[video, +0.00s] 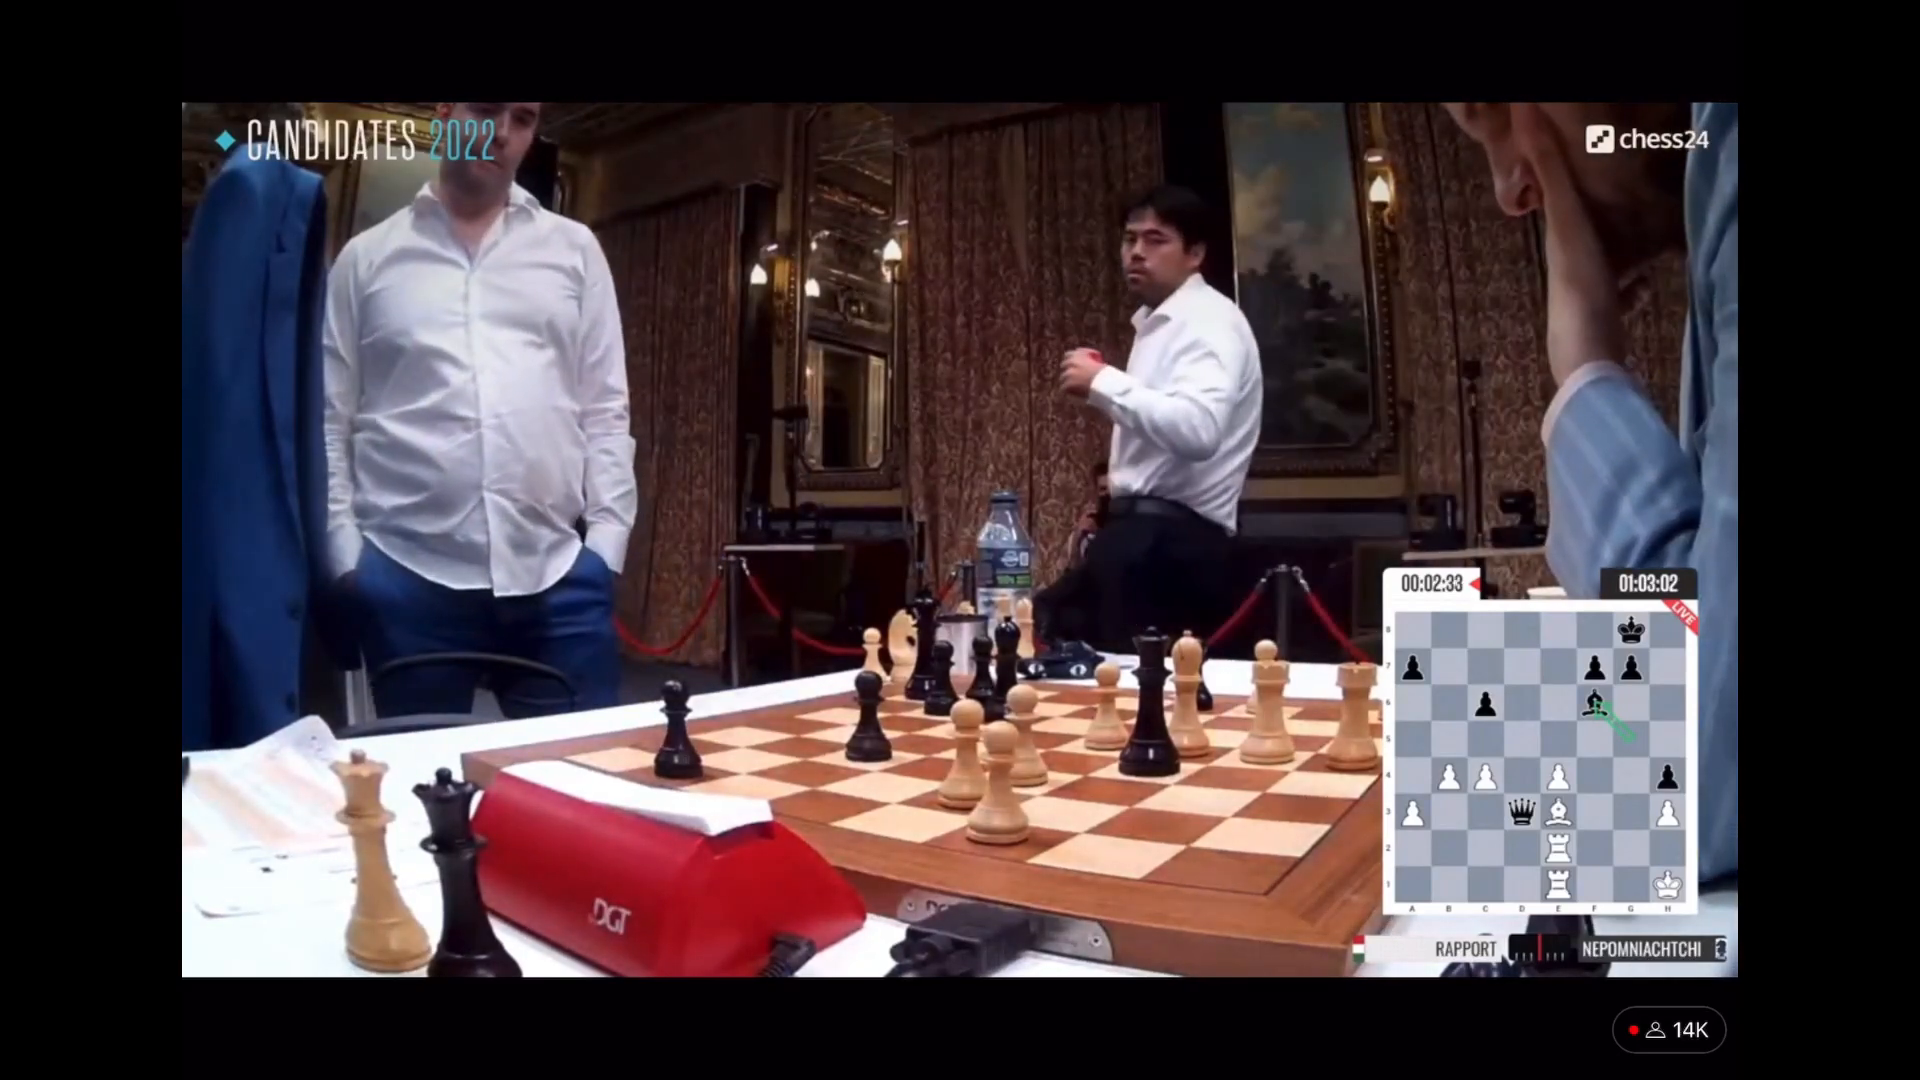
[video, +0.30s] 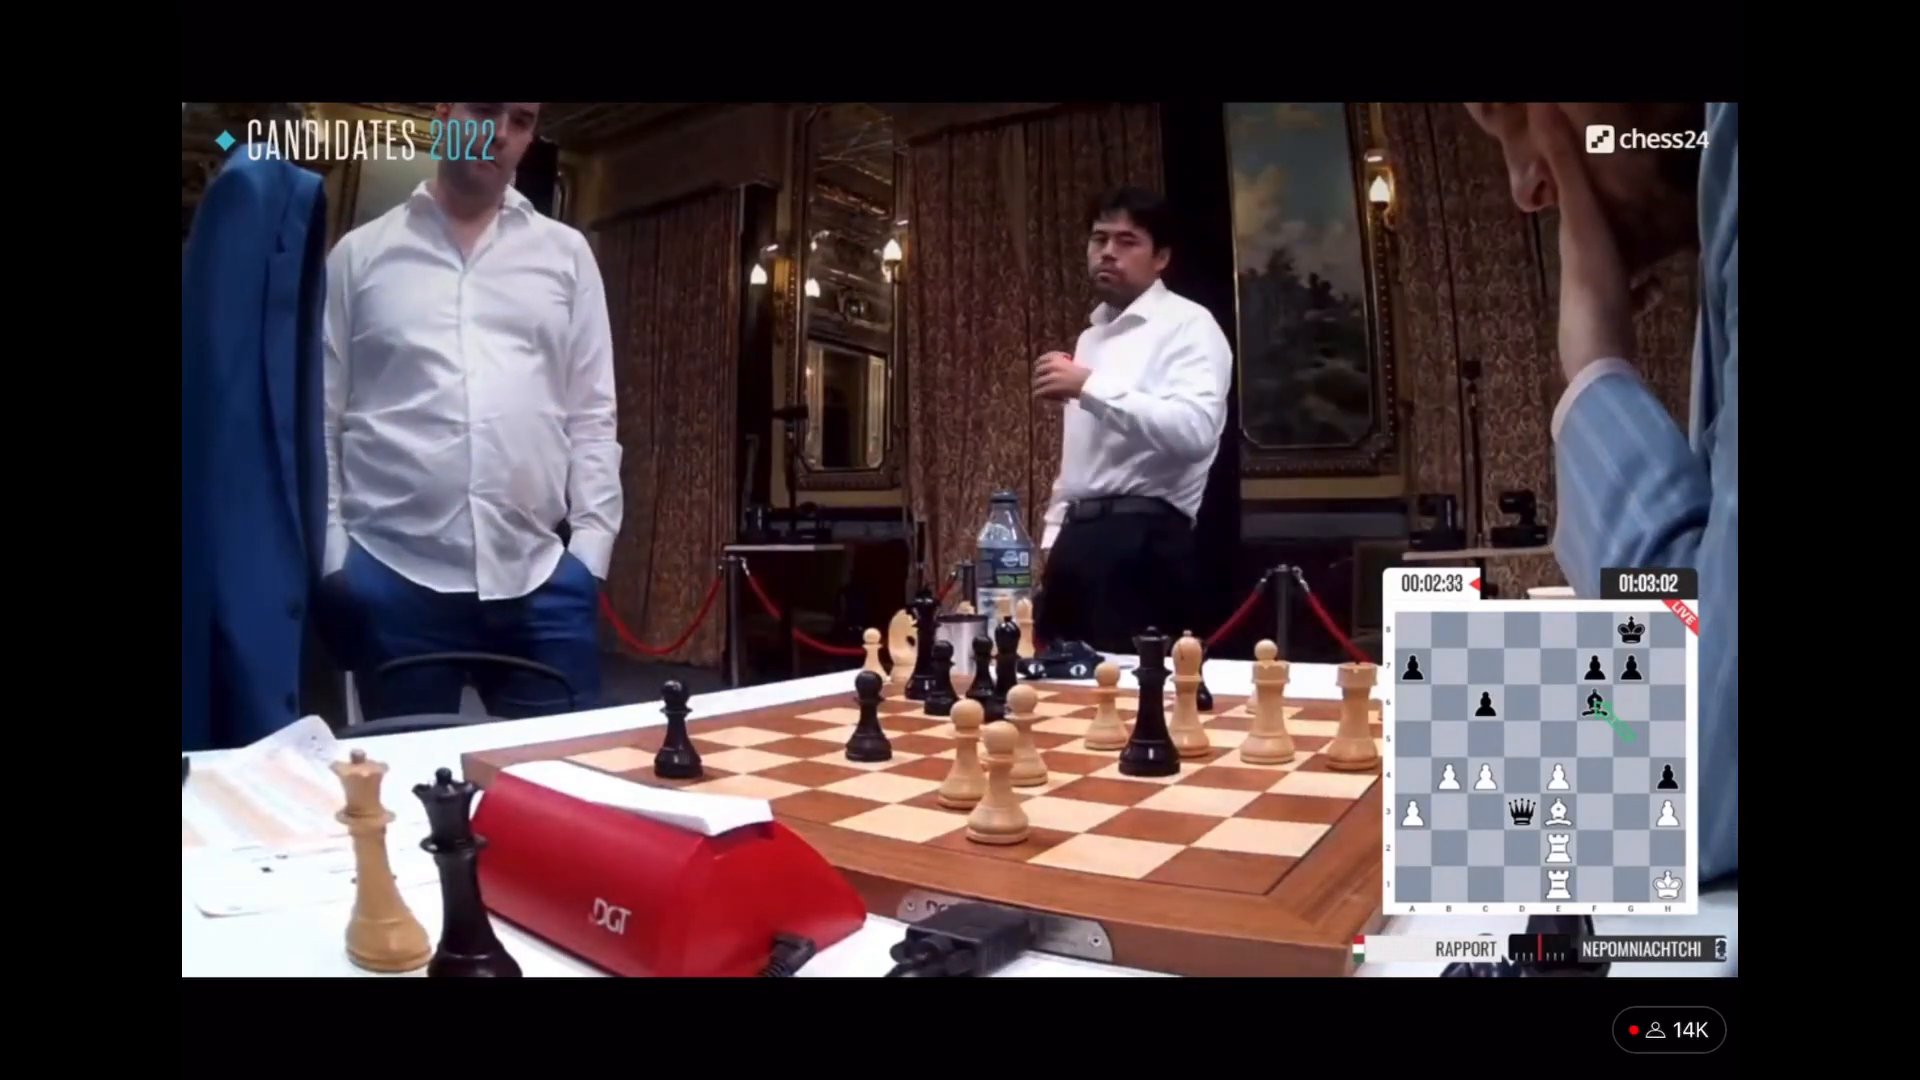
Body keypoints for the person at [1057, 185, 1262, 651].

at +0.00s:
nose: (1136, 254)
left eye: (1156, 241)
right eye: (1131, 240)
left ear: (1195, 255)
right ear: (1120, 247)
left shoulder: (1212, 323)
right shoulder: (1164, 323)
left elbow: (1198, 430)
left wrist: (1105, 384)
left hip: (1176, 537)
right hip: (1140, 531)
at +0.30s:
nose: (1108, 254)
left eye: (1127, 242)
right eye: (1100, 240)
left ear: (1161, 258)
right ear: (1087, 249)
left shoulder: (1192, 326)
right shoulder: (1091, 339)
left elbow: (1194, 432)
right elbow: (1074, 461)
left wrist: (1088, 385)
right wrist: (1053, 542)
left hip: (1147, 531)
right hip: (1081, 530)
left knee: (1144, 688)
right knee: (1072, 686)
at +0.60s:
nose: (1086, 255)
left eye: (1105, 243)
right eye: (1077, 241)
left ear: (1136, 259)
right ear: (1063, 250)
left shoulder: (1174, 331)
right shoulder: (1048, 340)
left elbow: (1198, 437)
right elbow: (1024, 451)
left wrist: (1092, 393)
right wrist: (1030, 531)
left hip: (1129, 531)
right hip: (1053, 533)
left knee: (1134, 689)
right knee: (1061, 690)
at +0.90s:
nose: (1074, 258)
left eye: (1092, 246)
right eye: (1064, 244)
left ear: (1124, 260)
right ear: (1050, 254)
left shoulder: (1163, 331)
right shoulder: (1036, 342)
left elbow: (1193, 437)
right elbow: (1016, 461)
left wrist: (1088, 395)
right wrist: (998, 550)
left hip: (1122, 535)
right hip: (1044, 537)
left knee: (1130, 693)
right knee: (1052, 694)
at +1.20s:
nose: (1067, 258)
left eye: (1085, 246)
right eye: (1058, 244)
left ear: (1119, 258)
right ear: (1046, 253)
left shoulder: (1159, 330)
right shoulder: (1040, 342)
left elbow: (1184, 437)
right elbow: (1022, 457)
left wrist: (1077, 395)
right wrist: (1004, 542)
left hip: (1119, 533)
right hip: (1045, 534)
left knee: (1122, 692)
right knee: (1051, 693)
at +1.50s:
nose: (1064, 259)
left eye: (1082, 246)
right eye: (1055, 245)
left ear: (1118, 258)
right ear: (1044, 253)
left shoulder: (1158, 330)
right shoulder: (1045, 343)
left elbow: (1179, 437)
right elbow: (1031, 453)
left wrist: (1071, 396)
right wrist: (1016, 532)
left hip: (1119, 534)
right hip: (1049, 534)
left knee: (1122, 692)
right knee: (1055, 693)